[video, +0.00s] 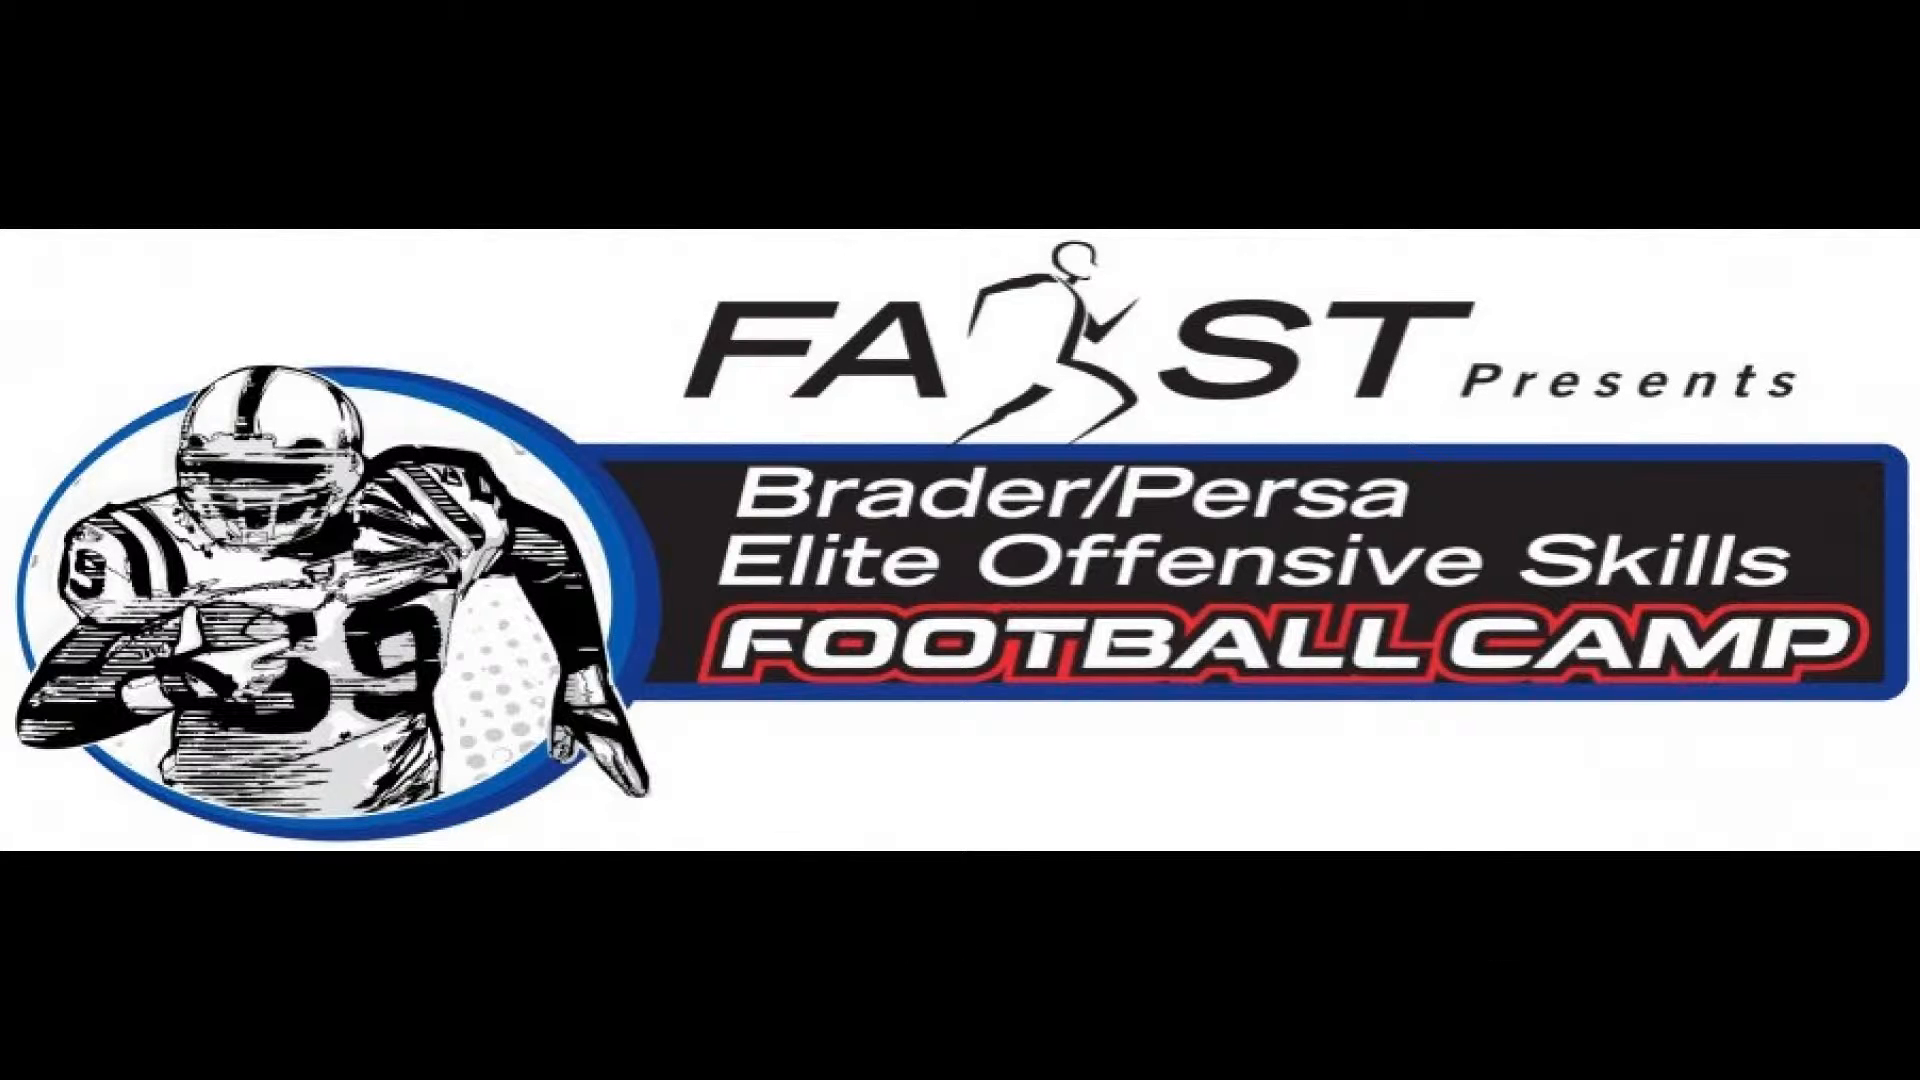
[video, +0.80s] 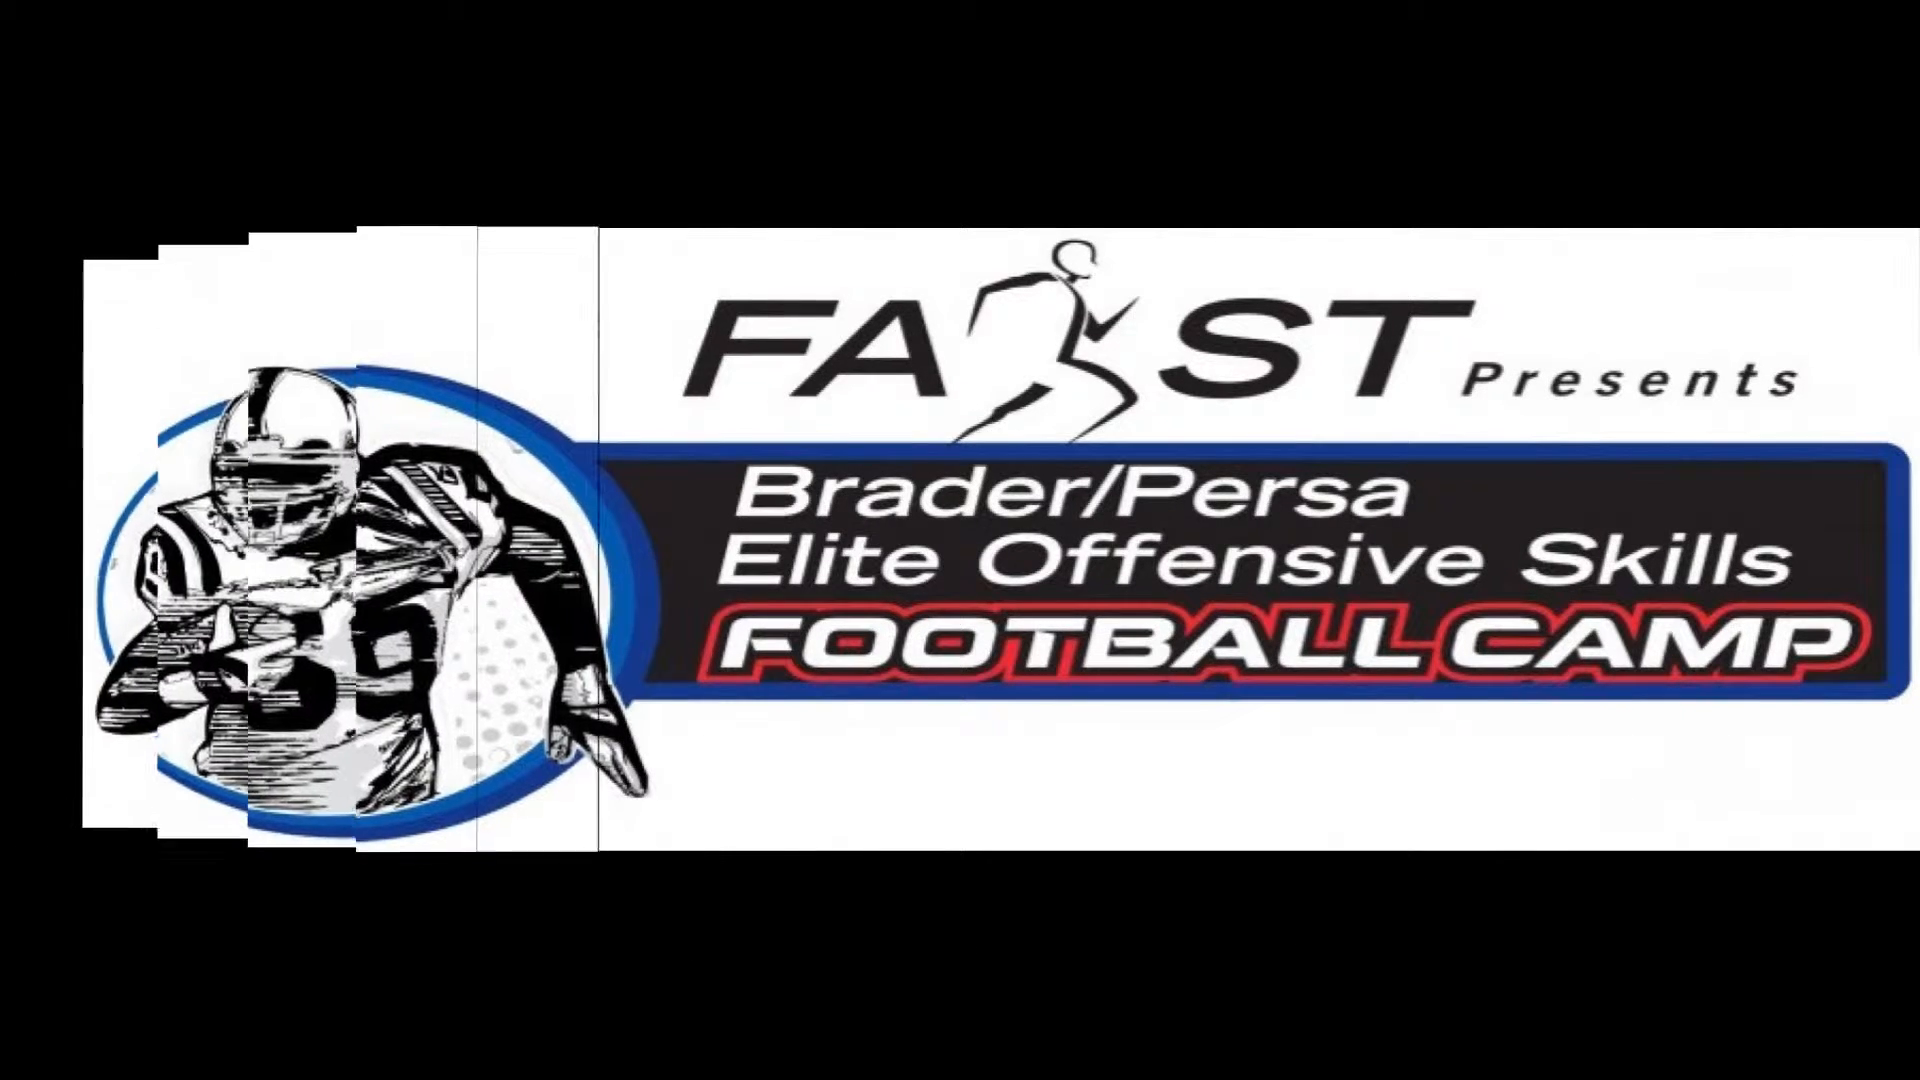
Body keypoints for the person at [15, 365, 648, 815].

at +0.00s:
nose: (252, 515)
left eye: (280, 493)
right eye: (229, 492)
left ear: (336, 480)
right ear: (194, 479)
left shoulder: (426, 508)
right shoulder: (142, 549)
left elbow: (546, 548)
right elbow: (43, 716)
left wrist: (585, 671)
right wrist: (175, 683)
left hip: (387, 812)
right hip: (218, 815)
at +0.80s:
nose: (269, 504)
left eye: (296, 484)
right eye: (250, 482)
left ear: (344, 476)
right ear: (224, 473)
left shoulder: (425, 505)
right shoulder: (186, 545)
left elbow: (543, 549)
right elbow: (117, 706)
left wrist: (583, 678)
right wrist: (223, 672)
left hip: (390, 803)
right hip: (245, 803)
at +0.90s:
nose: (320, 513)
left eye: (344, 492)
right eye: (303, 491)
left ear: (380, 478)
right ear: (278, 477)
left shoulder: (447, 511)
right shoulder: (247, 549)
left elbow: (550, 551)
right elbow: (182, 697)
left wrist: (584, 675)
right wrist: (277, 666)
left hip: (421, 794)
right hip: (297, 794)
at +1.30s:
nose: (402, 531)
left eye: (424, 513)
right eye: (383, 513)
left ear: (467, 501)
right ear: (355, 504)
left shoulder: (535, 524)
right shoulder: (314, 559)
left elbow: (633, 555)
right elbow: (233, 690)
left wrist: (663, 652)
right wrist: (337, 662)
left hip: (511, 764)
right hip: (376, 767)